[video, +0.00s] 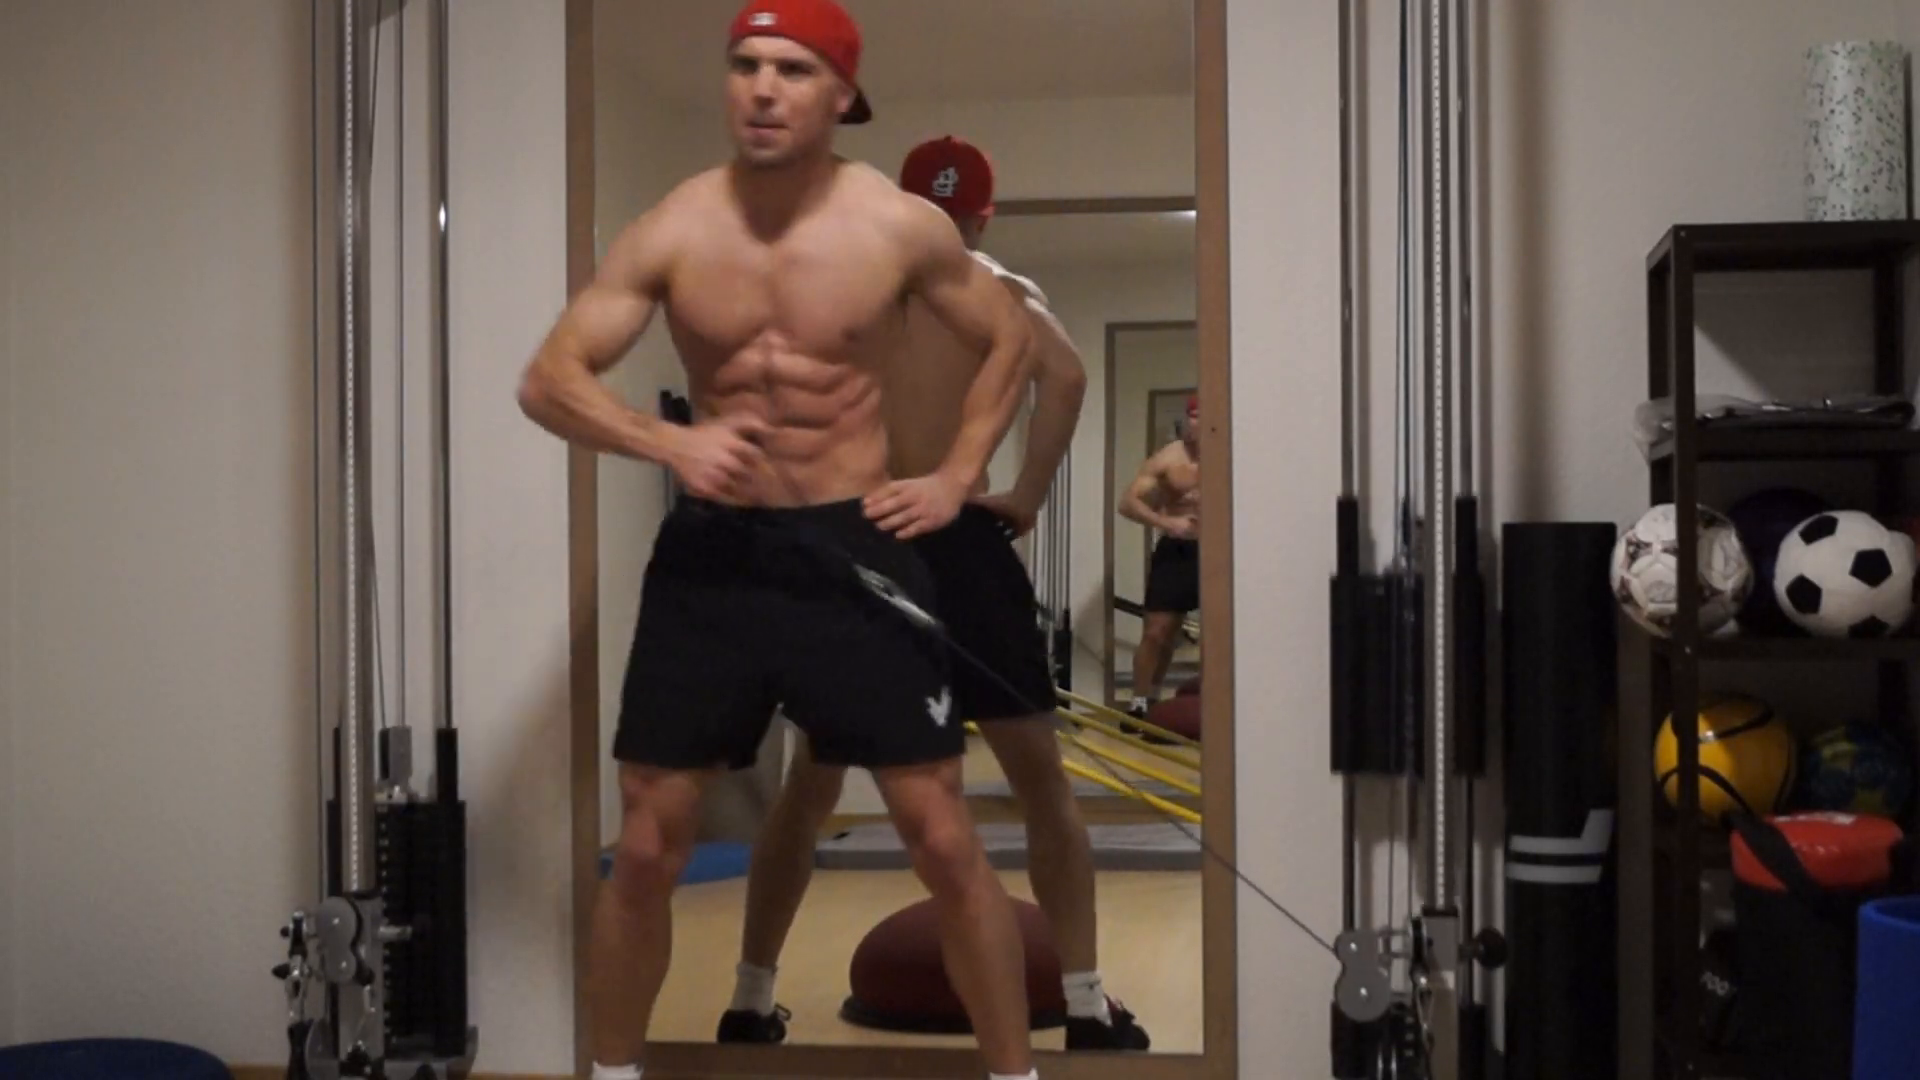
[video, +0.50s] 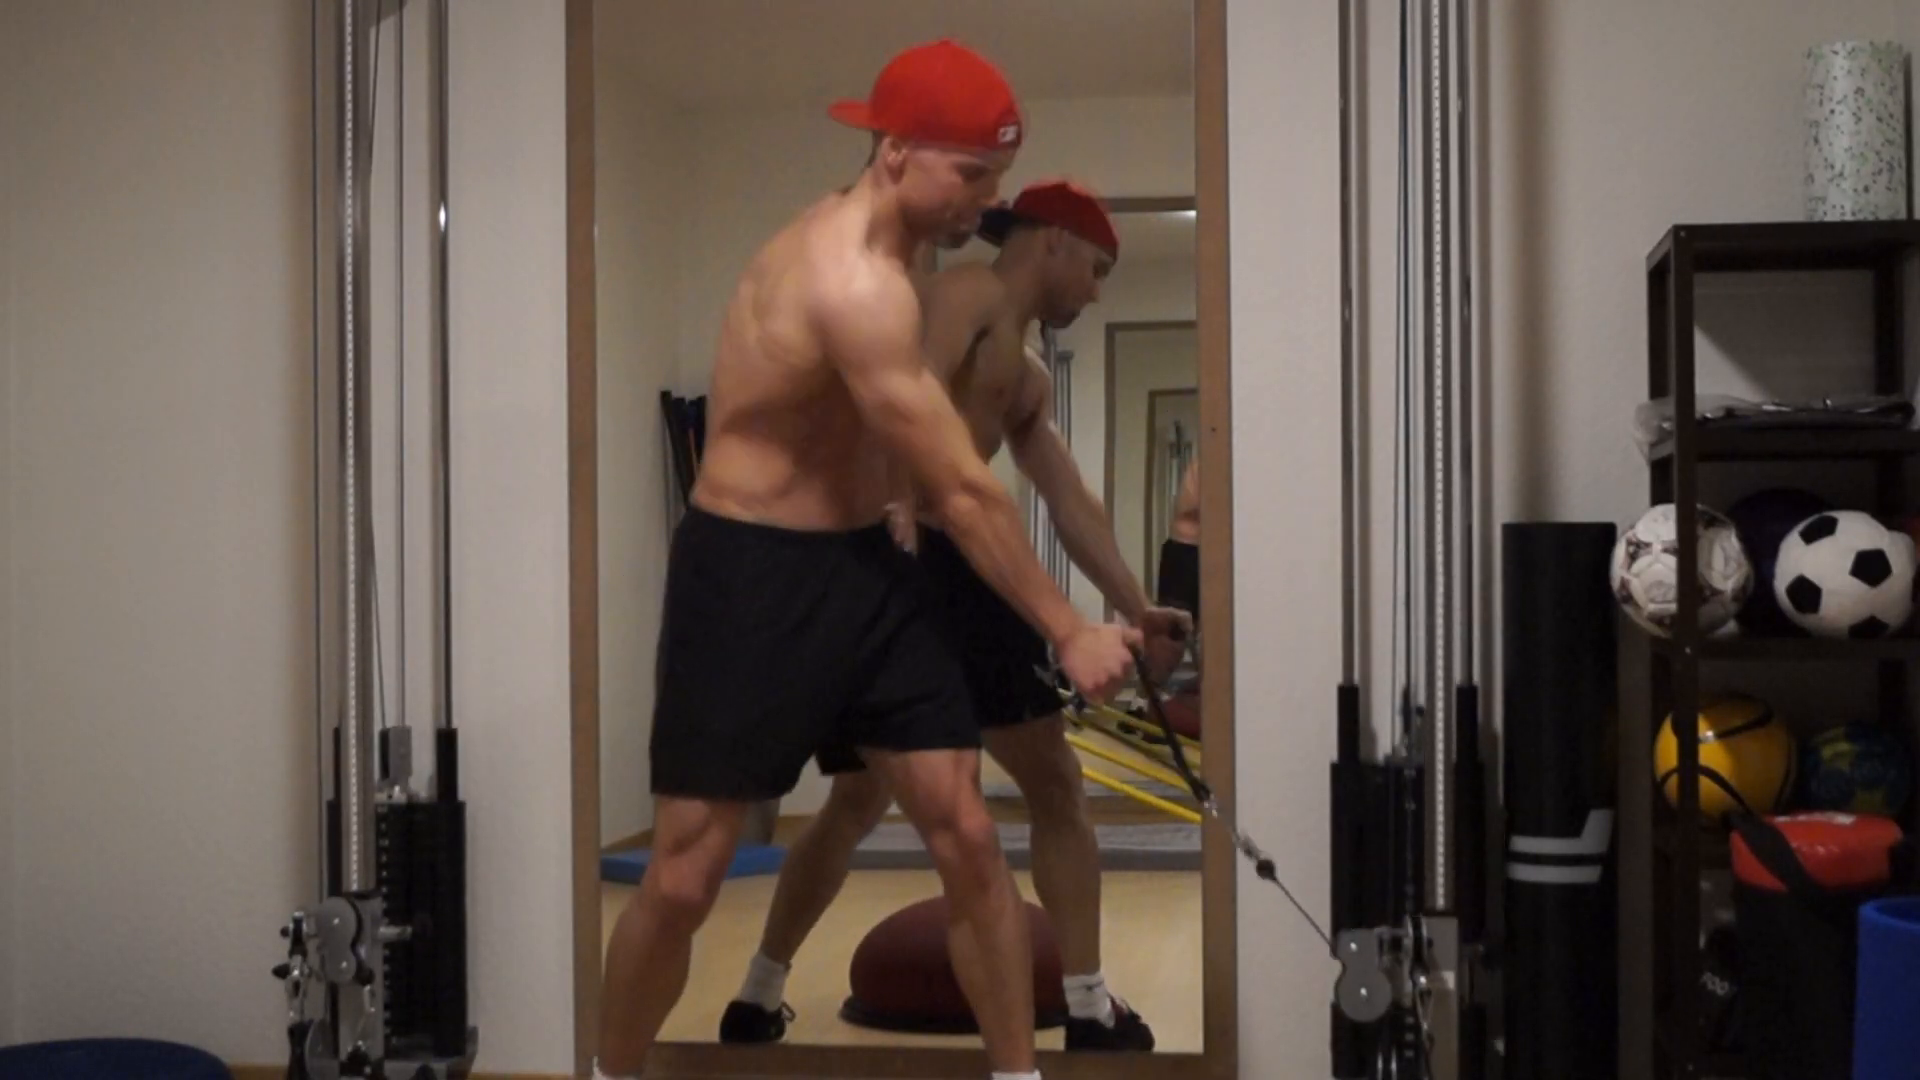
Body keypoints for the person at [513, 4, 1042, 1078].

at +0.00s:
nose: (761, 90)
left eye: (791, 71)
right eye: (746, 67)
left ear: (842, 97)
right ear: (724, 86)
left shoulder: (900, 225)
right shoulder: (672, 228)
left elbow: (1015, 337)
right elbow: (549, 380)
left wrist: (958, 474)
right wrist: (669, 439)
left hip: (858, 559)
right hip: (709, 560)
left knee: (943, 843)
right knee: (643, 849)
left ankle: (1013, 1072)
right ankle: (612, 1073)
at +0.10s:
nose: (854, 103)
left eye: (879, 85)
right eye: (833, 77)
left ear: (902, 109)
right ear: (789, 89)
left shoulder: (932, 230)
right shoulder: (722, 224)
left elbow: (987, 351)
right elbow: (653, 413)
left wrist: (964, 477)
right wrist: (812, 488)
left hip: (886, 549)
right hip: (737, 552)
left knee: (966, 837)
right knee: (667, 848)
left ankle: (1018, 1071)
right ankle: (613, 1073)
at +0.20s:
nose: (922, 123)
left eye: (938, 104)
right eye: (899, 96)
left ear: (946, 116)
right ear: (832, 95)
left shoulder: (940, 233)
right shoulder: (759, 223)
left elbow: (964, 365)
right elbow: (746, 441)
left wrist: (956, 476)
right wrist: (910, 521)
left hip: (892, 558)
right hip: (753, 562)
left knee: (973, 836)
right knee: (678, 852)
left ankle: (1020, 1070)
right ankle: (616, 1071)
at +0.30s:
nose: (984, 158)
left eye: (992, 133)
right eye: (966, 128)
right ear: (887, 116)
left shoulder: (919, 258)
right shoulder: (809, 235)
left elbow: (918, 442)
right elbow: (871, 451)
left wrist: (1008, 561)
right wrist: (1008, 565)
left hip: (889, 564)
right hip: (761, 566)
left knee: (975, 832)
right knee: (684, 860)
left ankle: (1021, 1073)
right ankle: (617, 1071)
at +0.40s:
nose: (998, 176)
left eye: (1006, 151)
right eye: (983, 146)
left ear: (930, 139)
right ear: (903, 130)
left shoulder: (921, 246)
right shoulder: (835, 248)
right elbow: (935, 465)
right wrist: (1047, 596)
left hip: (881, 565)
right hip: (760, 568)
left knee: (972, 835)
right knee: (683, 865)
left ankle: (1019, 1072)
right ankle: (616, 1070)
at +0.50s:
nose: (988, 198)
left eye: (995, 176)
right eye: (976, 173)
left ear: (910, 158)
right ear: (900, 154)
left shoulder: (886, 249)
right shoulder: (846, 276)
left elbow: (845, 407)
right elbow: (960, 490)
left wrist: (893, 500)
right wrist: (1068, 630)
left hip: (866, 570)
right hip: (746, 576)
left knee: (968, 833)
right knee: (683, 880)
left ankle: (1015, 1072)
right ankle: (612, 1071)